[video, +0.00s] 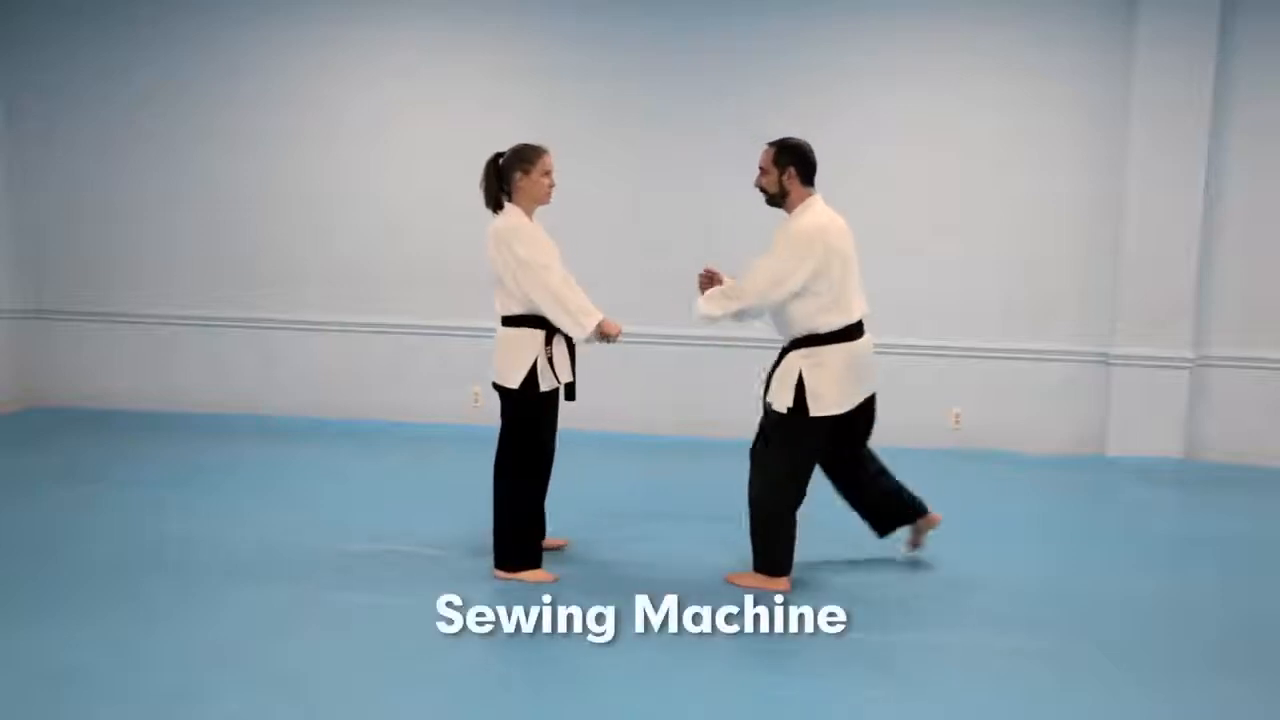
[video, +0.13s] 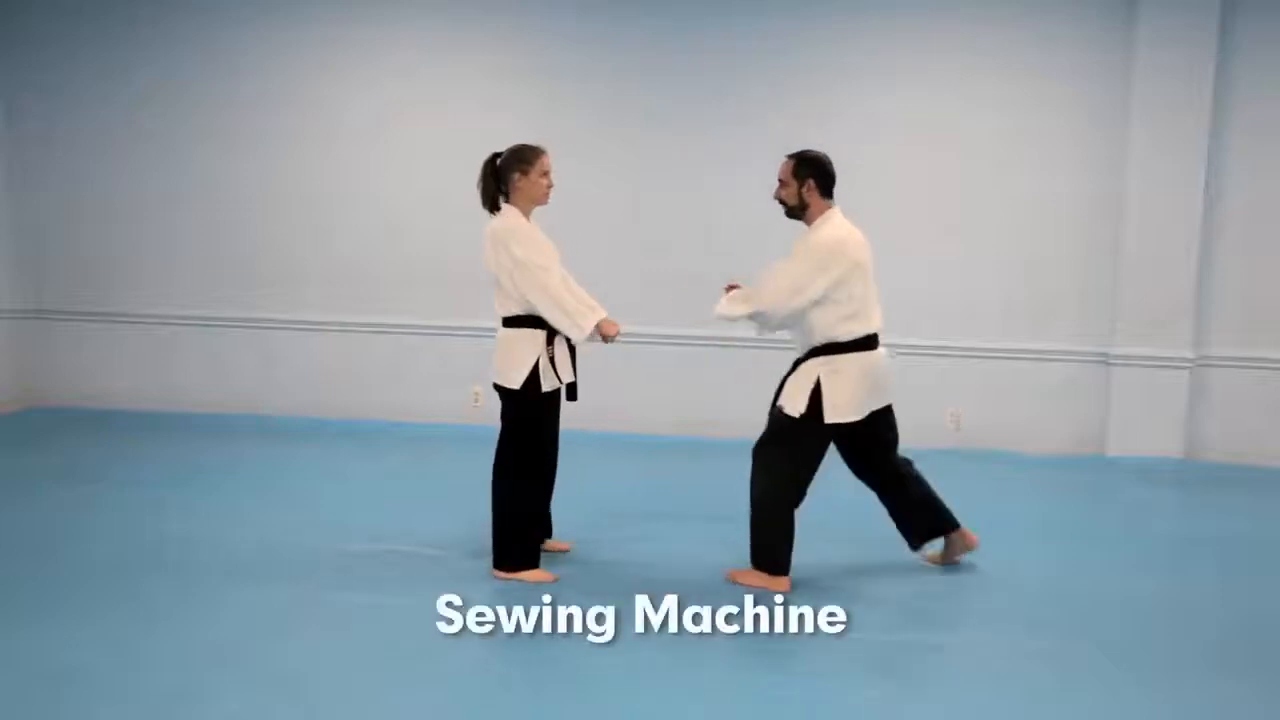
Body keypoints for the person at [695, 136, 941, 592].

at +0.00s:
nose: (757, 179)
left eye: (763, 172)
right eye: (758, 171)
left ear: (789, 175)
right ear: (795, 176)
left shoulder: (802, 229)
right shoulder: (829, 221)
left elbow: (760, 292)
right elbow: (787, 292)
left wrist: (712, 298)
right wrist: (731, 289)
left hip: (814, 368)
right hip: (851, 361)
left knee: (774, 466)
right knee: (842, 452)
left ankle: (771, 572)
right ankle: (915, 515)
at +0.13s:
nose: (776, 192)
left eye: (783, 183)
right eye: (778, 183)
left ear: (810, 189)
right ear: (815, 189)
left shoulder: (824, 240)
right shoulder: (846, 232)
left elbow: (778, 306)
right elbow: (801, 304)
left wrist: (738, 300)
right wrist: (754, 298)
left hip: (828, 373)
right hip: (863, 368)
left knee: (775, 461)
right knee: (879, 463)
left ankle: (771, 571)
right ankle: (954, 534)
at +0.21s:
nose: (787, 199)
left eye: (795, 191)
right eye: (789, 190)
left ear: (822, 196)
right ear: (826, 197)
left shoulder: (838, 245)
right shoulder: (854, 240)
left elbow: (786, 308)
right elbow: (806, 321)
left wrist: (743, 309)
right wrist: (765, 314)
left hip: (840, 377)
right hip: (871, 373)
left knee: (777, 459)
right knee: (888, 468)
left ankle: (772, 568)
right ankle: (959, 544)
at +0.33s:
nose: (801, 207)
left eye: (808, 199)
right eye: (803, 199)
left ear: (836, 203)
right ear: (839, 204)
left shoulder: (850, 255)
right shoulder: (864, 249)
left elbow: (796, 314)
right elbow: (817, 318)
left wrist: (752, 316)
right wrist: (788, 324)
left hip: (848, 389)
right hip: (876, 384)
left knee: (777, 460)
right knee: (908, 466)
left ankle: (771, 570)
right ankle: (972, 542)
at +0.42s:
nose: (806, 209)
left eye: (814, 201)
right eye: (808, 200)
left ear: (841, 205)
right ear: (844, 207)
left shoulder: (853, 258)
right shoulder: (868, 253)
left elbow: (801, 314)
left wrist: (752, 321)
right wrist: (794, 326)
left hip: (848, 392)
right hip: (875, 387)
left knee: (775, 457)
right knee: (908, 469)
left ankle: (769, 570)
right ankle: (973, 544)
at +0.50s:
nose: (809, 211)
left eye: (816, 203)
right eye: (811, 202)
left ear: (844, 209)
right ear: (847, 210)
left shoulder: (853, 263)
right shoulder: (874, 258)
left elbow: (803, 319)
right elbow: (903, 312)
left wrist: (755, 321)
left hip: (844, 396)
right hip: (875, 391)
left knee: (772, 458)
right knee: (906, 471)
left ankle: (768, 570)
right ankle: (973, 545)